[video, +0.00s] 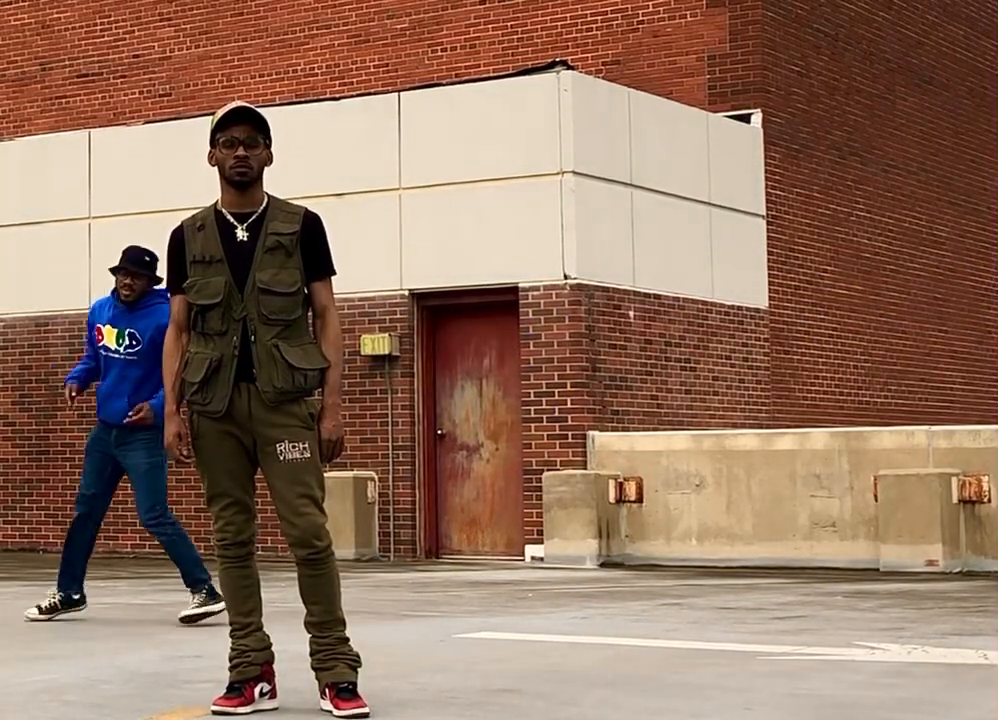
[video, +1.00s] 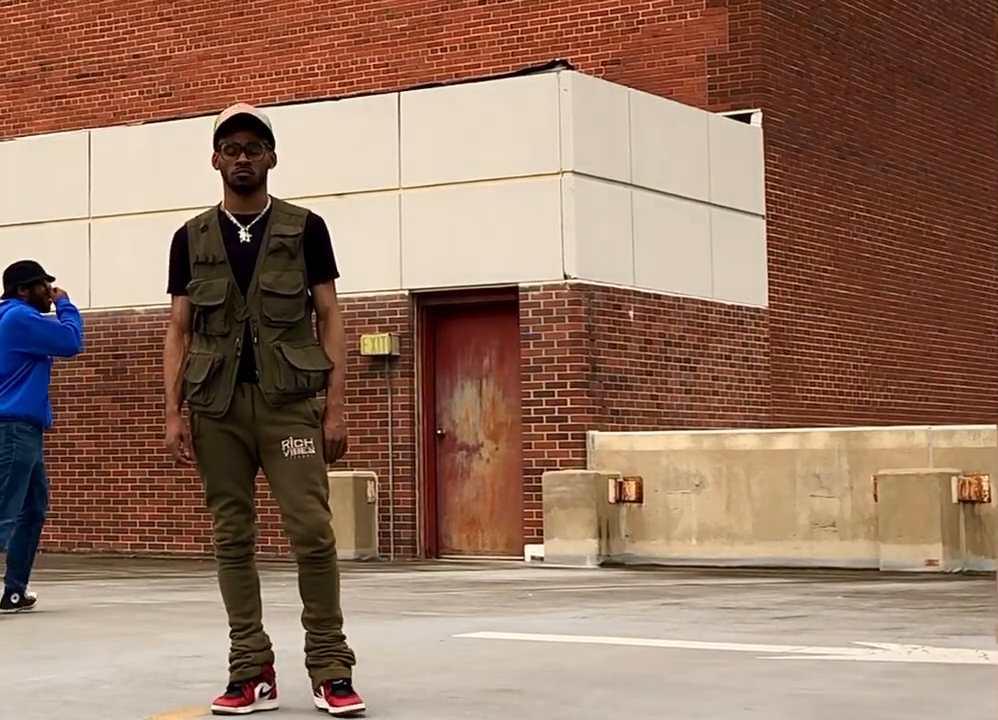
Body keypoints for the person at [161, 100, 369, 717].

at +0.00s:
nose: (241, 153)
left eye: (251, 144)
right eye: (230, 144)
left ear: (268, 154)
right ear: (212, 155)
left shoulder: (301, 224)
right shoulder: (187, 235)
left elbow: (327, 317)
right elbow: (177, 329)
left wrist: (333, 403)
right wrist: (171, 409)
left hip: (287, 403)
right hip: (212, 407)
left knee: (309, 538)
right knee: (232, 540)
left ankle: (336, 671)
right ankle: (250, 667)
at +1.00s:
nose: (242, 158)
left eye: (253, 149)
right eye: (231, 150)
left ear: (272, 158)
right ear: (215, 160)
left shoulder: (304, 227)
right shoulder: (190, 237)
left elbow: (330, 319)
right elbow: (177, 329)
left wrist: (335, 403)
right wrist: (174, 408)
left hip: (290, 403)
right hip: (214, 407)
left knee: (313, 536)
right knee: (232, 540)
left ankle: (331, 669)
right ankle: (250, 668)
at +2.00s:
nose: (291, 161)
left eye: (302, 151)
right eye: (280, 153)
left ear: (321, 162)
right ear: (264, 166)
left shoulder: (355, 236)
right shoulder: (234, 237)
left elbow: (380, 327)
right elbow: (203, 316)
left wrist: (373, 407)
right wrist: (196, 383)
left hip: (328, 411)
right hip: (250, 410)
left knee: (335, 543)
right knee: (239, 541)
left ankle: (324, 674)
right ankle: (253, 666)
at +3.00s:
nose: (284, 163)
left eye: (295, 155)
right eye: (272, 157)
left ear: (315, 168)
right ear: (260, 172)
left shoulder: (353, 238)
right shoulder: (234, 242)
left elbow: (375, 325)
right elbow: (204, 313)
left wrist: (338, 392)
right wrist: (190, 367)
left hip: (331, 413)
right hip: (251, 413)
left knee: (342, 550)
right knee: (231, 543)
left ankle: (329, 677)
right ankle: (246, 673)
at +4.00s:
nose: (289, 170)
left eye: (300, 167)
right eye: (280, 158)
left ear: (307, 181)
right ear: (257, 162)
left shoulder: (314, 231)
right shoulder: (224, 218)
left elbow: (339, 244)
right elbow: (198, 255)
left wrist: (338, 222)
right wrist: (269, 291)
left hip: (317, 394)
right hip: (248, 396)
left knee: (338, 526)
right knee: (250, 530)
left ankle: (324, 662)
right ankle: (253, 666)